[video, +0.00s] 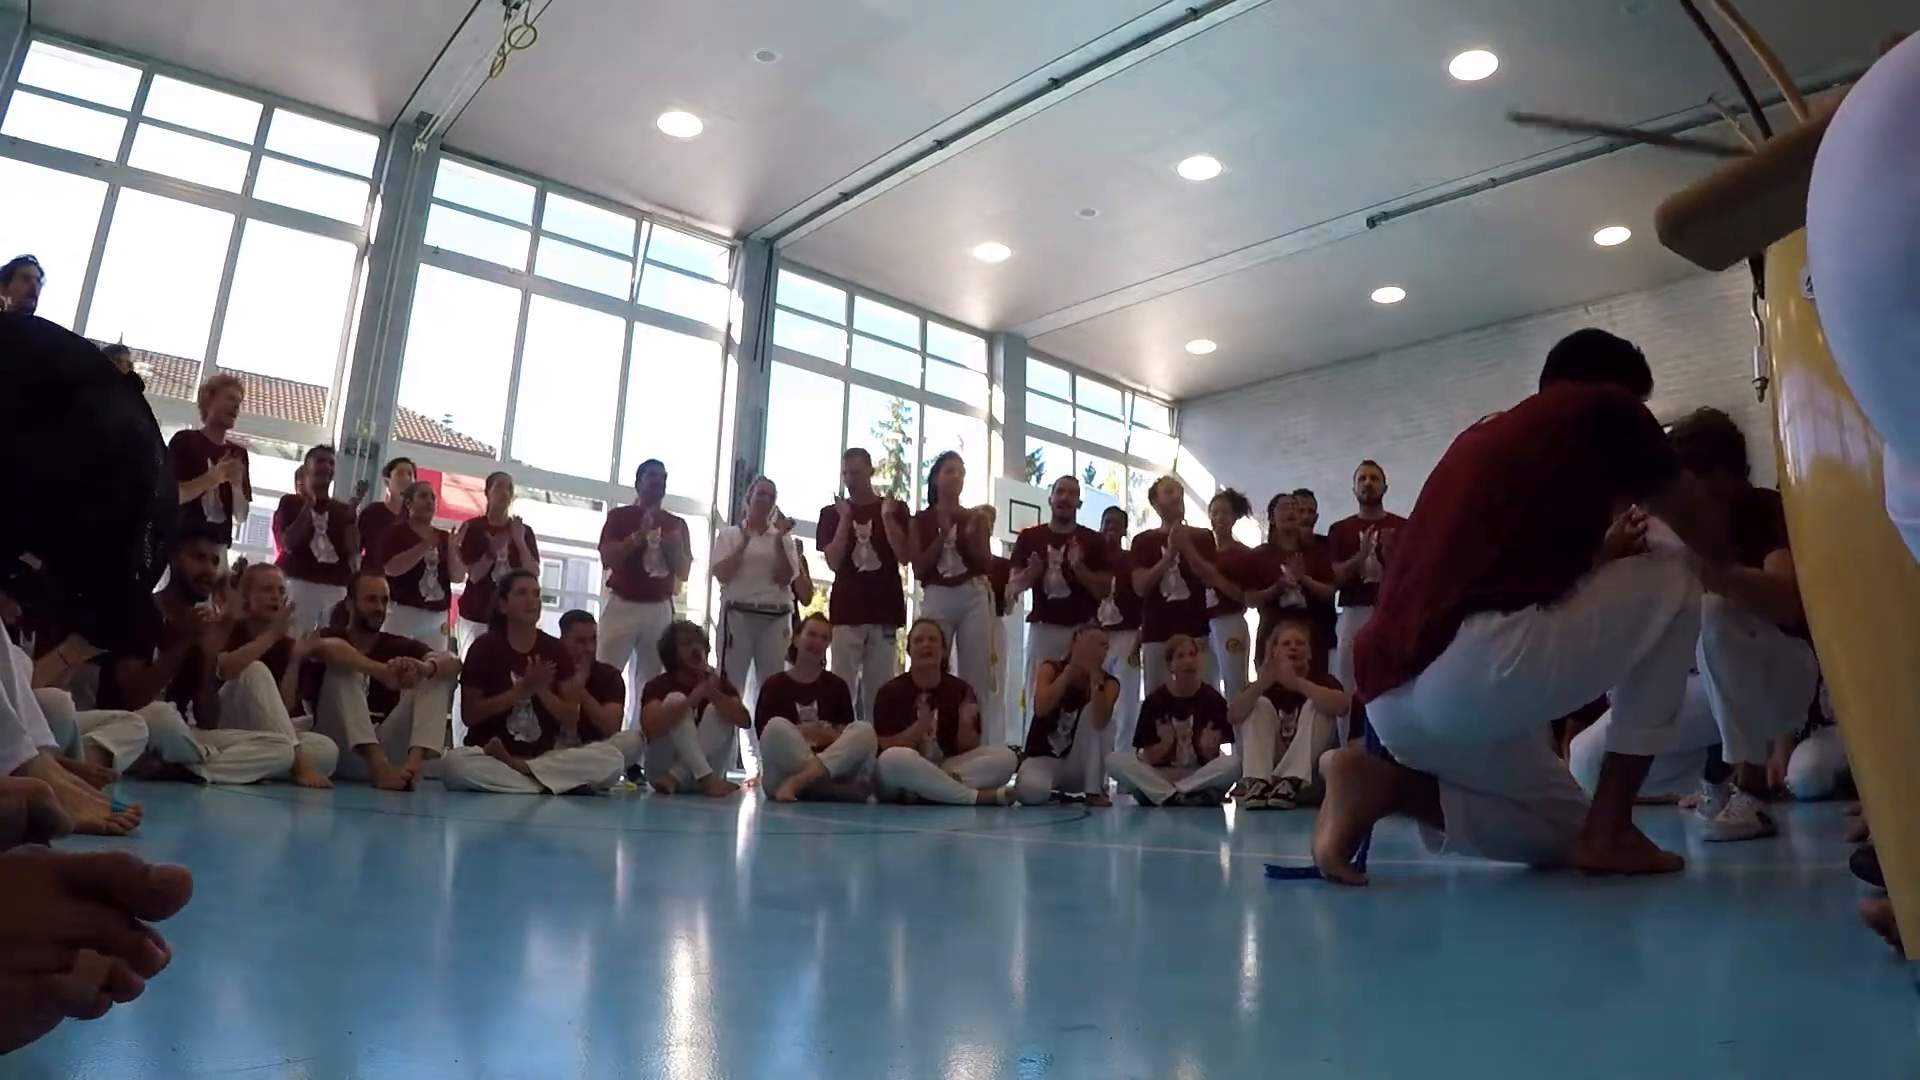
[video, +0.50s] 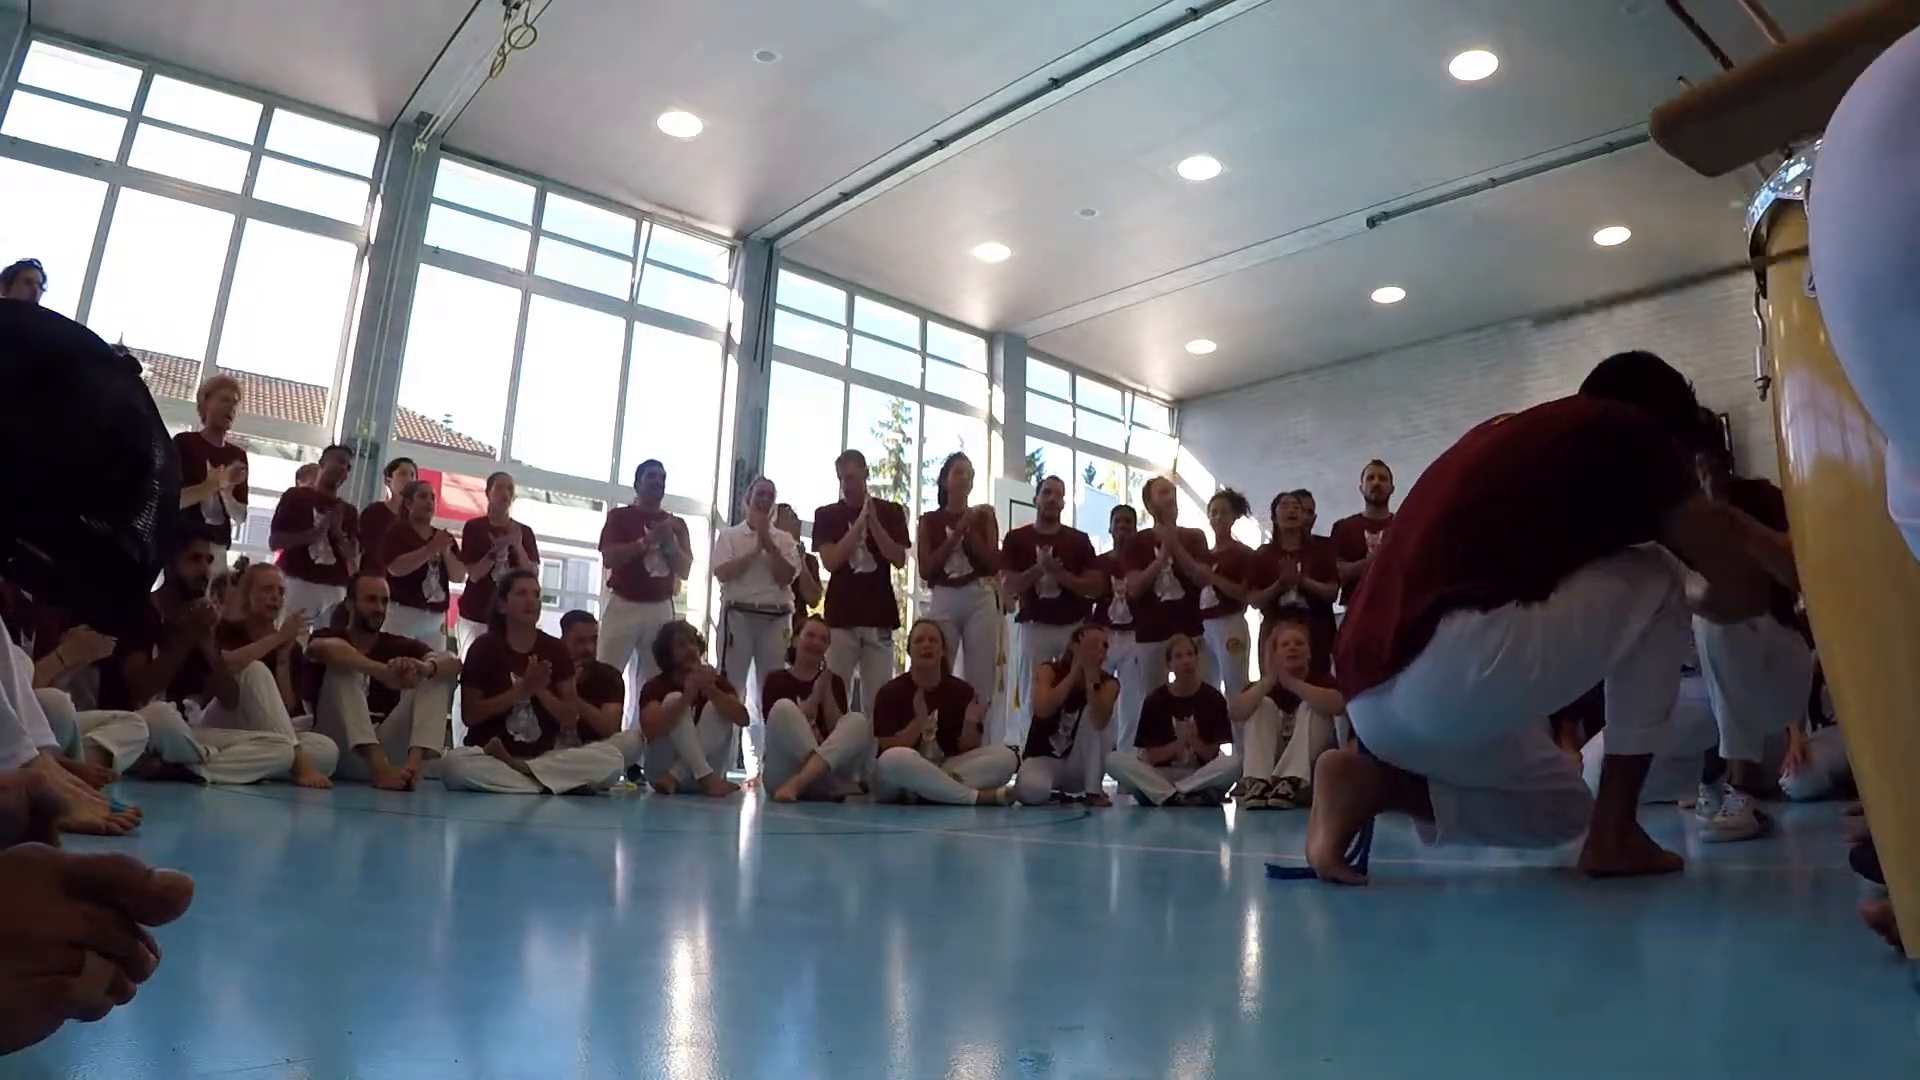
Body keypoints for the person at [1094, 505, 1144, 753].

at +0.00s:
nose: (1111, 528)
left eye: (1117, 524)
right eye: (1108, 523)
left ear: (1125, 529)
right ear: (1101, 526)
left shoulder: (1132, 560)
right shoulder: (1093, 558)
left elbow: (1142, 599)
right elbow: (1084, 596)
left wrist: (1141, 631)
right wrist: (1085, 627)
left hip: (1127, 631)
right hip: (1096, 631)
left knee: (1127, 692)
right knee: (1096, 690)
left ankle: (1125, 748)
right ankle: (1095, 747)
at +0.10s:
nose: (1114, 526)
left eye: (1119, 522)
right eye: (1110, 521)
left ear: (1128, 528)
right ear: (1104, 527)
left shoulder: (1136, 560)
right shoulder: (1095, 558)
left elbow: (1141, 593)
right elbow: (1086, 593)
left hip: (1128, 631)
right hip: (1097, 631)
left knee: (1129, 696)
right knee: (1097, 695)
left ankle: (1125, 754)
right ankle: (1095, 754)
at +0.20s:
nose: (1118, 526)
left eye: (1123, 522)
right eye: (1114, 521)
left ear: (1131, 528)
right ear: (1106, 526)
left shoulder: (1139, 559)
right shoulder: (1098, 561)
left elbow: (1143, 595)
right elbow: (1090, 596)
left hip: (1130, 633)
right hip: (1101, 633)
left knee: (1131, 695)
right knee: (1100, 694)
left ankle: (1128, 748)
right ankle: (1098, 749)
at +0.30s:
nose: (1121, 527)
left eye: (1126, 522)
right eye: (1116, 522)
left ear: (1134, 528)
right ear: (1109, 527)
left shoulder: (1141, 561)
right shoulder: (1101, 562)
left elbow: (1146, 598)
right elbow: (1094, 597)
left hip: (1133, 634)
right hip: (1105, 634)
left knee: (1133, 696)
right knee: (1102, 694)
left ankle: (1130, 748)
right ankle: (1099, 748)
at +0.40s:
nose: (1122, 526)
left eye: (1128, 522)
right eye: (1117, 522)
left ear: (1135, 527)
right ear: (1110, 527)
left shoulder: (1143, 561)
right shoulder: (1101, 562)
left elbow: (1148, 596)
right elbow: (1093, 597)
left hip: (1134, 635)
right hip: (1105, 634)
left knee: (1133, 699)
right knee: (1100, 697)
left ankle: (1128, 754)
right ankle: (1097, 753)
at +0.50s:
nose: (1122, 526)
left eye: (1128, 522)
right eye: (1117, 521)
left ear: (1136, 527)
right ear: (1110, 527)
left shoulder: (1143, 562)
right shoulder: (1100, 562)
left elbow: (1149, 597)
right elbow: (1092, 594)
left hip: (1135, 634)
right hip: (1104, 634)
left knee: (1133, 698)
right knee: (1099, 696)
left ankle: (1127, 754)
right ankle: (1098, 752)